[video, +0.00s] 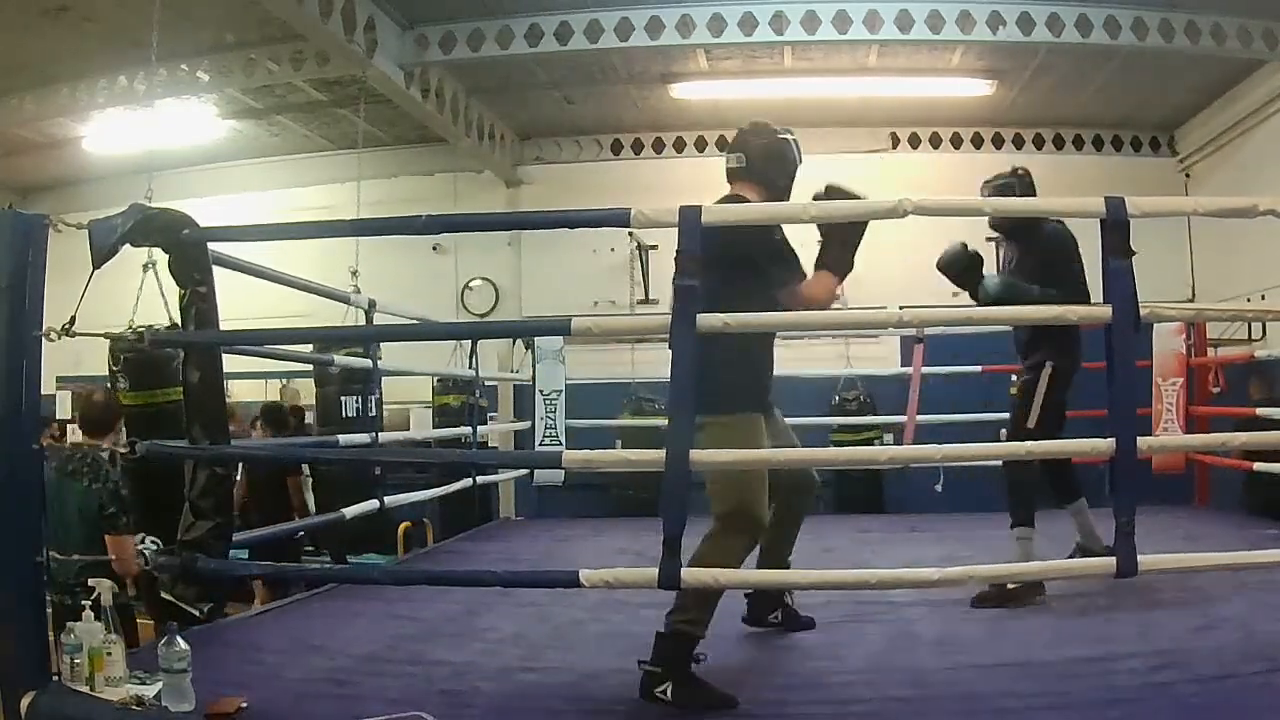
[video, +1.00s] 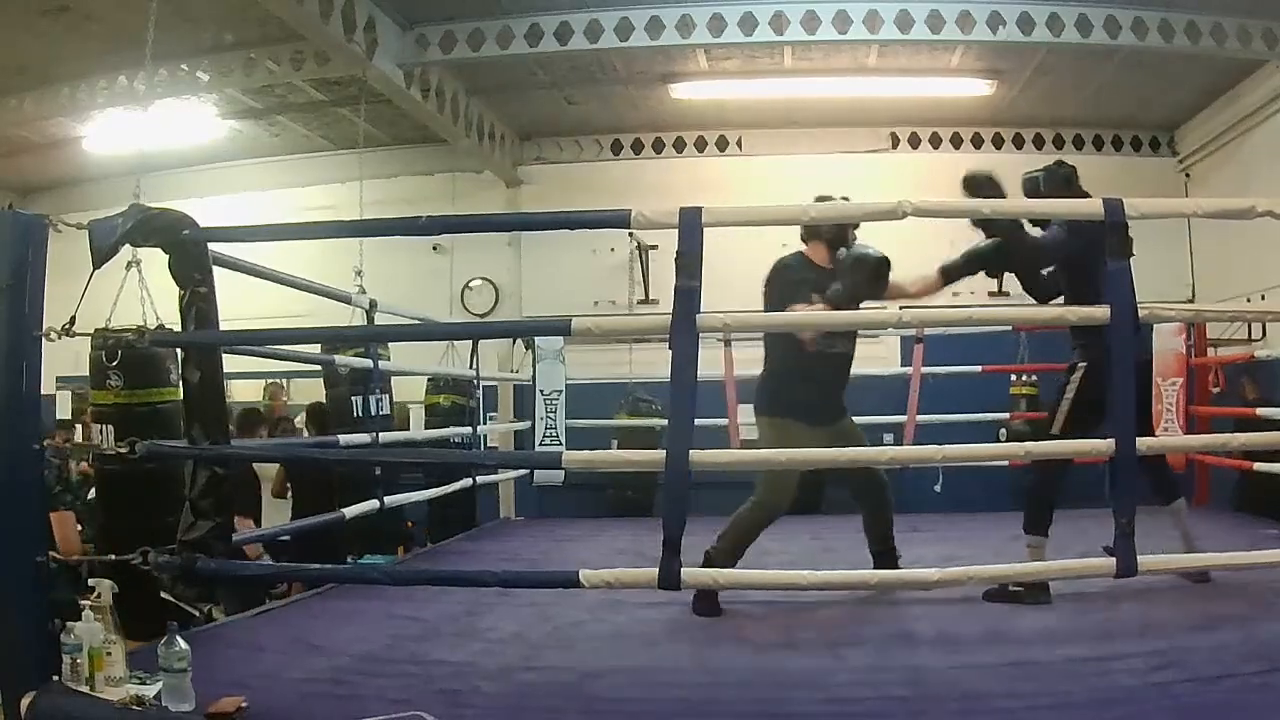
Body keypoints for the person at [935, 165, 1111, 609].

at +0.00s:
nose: (991, 216)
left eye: (997, 206)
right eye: (988, 207)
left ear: (1020, 202)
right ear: (997, 205)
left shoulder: (1052, 237)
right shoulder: (1010, 243)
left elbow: (1074, 302)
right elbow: (1008, 300)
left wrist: (1015, 294)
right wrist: (975, 281)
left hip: (1054, 355)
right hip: (1035, 356)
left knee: (1017, 449)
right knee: (1048, 447)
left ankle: (1025, 568)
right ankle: (1092, 541)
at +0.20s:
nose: (1009, 218)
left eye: (1017, 210)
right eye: (1009, 209)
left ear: (1040, 210)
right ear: (1020, 211)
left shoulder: (1075, 248)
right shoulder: (1019, 247)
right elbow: (1015, 308)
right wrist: (989, 278)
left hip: (1064, 360)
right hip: (1040, 360)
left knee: (1025, 448)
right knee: (1056, 450)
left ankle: (1040, 570)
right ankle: (1094, 544)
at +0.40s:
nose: (1002, 210)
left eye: (1008, 201)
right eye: (1000, 202)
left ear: (1031, 196)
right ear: (1034, 200)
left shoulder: (1063, 233)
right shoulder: (1035, 239)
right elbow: (1023, 312)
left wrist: (1018, 253)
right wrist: (991, 277)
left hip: (1079, 352)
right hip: (1065, 352)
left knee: (1043, 450)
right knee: (1066, 446)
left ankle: (1043, 570)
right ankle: (1103, 536)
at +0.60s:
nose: (1016, 213)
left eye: (1021, 203)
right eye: (1014, 205)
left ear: (1043, 198)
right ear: (1047, 197)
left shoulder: (1077, 232)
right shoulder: (1058, 235)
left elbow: (1080, 301)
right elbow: (1050, 297)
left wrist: (1019, 282)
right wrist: (1009, 269)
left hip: (1087, 355)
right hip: (1081, 354)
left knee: (1047, 450)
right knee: (1083, 449)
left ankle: (1041, 569)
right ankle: (1147, 535)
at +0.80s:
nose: (1023, 219)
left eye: (1028, 208)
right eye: (1021, 209)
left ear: (1050, 203)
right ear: (1062, 200)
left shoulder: (1078, 235)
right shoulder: (1092, 232)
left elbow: (1078, 295)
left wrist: (1032, 285)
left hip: (1084, 361)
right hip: (1106, 360)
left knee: (1031, 450)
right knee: (1118, 451)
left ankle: (1032, 568)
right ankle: (1160, 547)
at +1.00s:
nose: (1035, 212)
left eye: (1038, 202)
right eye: (1034, 204)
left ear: (1056, 194)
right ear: (1074, 188)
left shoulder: (1079, 224)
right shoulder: (1098, 228)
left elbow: (1034, 250)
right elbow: (1043, 290)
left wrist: (1002, 221)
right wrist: (1011, 259)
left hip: (1097, 356)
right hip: (1132, 353)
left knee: (1048, 453)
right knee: (1145, 448)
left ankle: (1033, 573)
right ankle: (1193, 551)